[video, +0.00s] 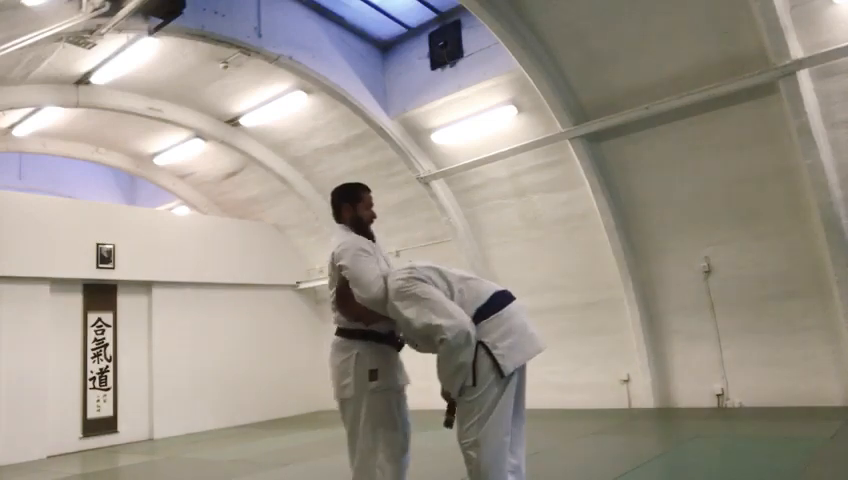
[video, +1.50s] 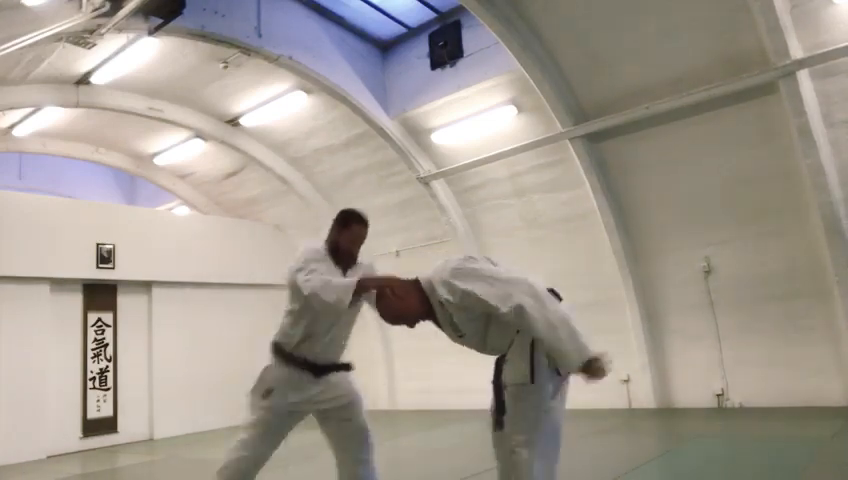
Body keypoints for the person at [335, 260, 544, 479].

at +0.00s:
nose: (352, 320)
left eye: (348, 312)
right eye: (345, 314)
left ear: (358, 301)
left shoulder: (400, 288)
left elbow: (457, 330)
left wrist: (450, 391)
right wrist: (455, 393)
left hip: (491, 338)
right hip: (507, 331)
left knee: (476, 439)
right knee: (505, 439)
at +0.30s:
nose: (362, 307)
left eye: (358, 301)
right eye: (358, 304)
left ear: (365, 286)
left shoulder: (406, 272)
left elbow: (456, 310)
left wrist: (422, 358)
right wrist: (423, 356)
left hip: (494, 322)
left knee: (486, 418)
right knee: (515, 416)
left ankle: (508, 475)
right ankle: (523, 474)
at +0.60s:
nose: (368, 331)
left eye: (363, 325)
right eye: (361, 329)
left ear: (368, 304)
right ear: (370, 299)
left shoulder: (414, 290)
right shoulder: (406, 305)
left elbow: (479, 326)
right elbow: (469, 332)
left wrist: (475, 396)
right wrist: (465, 388)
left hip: (506, 338)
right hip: (484, 342)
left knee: (478, 431)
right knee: (461, 427)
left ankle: (494, 476)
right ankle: (476, 476)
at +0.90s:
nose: (371, 313)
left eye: (366, 305)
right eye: (364, 310)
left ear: (371, 286)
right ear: (367, 288)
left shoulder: (425, 276)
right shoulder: (402, 299)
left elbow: (488, 309)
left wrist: (528, 366)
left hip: (489, 335)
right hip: (467, 344)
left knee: (469, 431)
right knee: (461, 430)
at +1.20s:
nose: (388, 302)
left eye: (382, 293)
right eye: (380, 298)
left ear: (389, 270)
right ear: (390, 268)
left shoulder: (442, 270)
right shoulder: (425, 286)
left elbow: (498, 313)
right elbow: (481, 337)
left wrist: (521, 383)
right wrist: (475, 399)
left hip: (516, 342)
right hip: (495, 347)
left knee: (497, 439)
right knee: (481, 436)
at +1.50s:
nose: (407, 325)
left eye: (396, 318)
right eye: (398, 323)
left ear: (397, 293)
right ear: (400, 291)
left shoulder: (451, 279)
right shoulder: (441, 307)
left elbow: (525, 297)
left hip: (532, 337)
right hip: (514, 346)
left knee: (525, 440)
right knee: (507, 437)